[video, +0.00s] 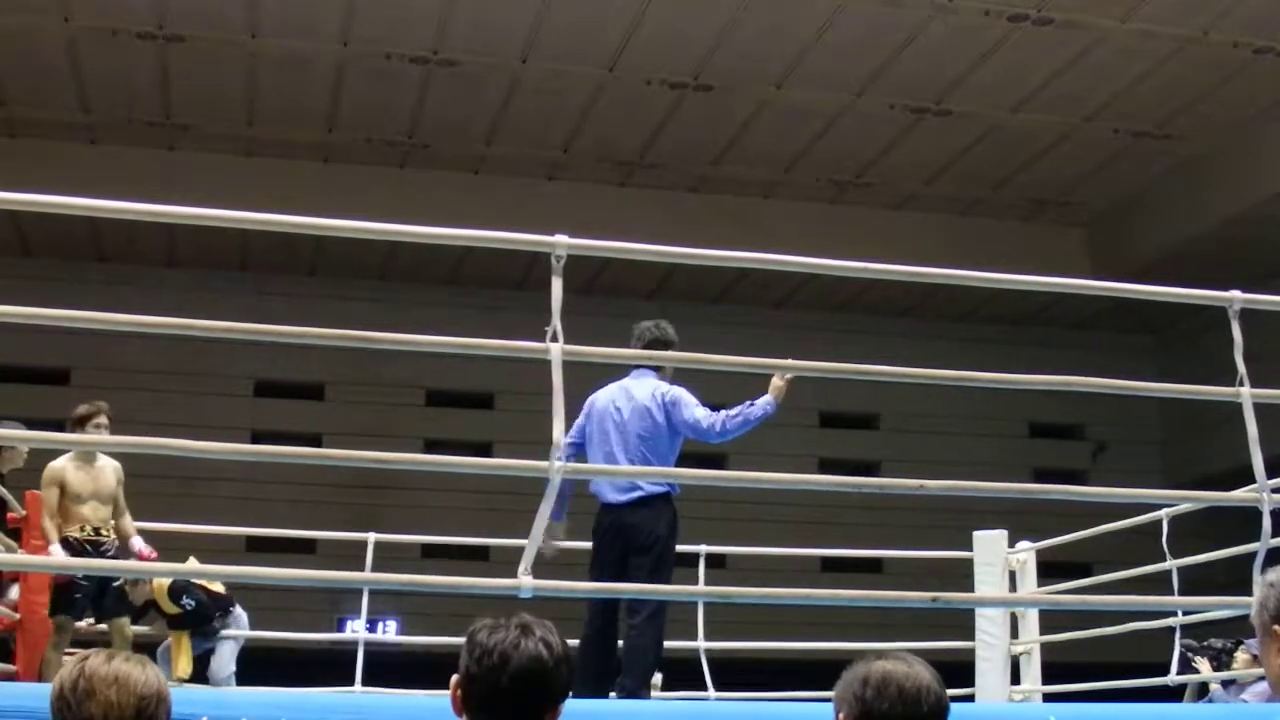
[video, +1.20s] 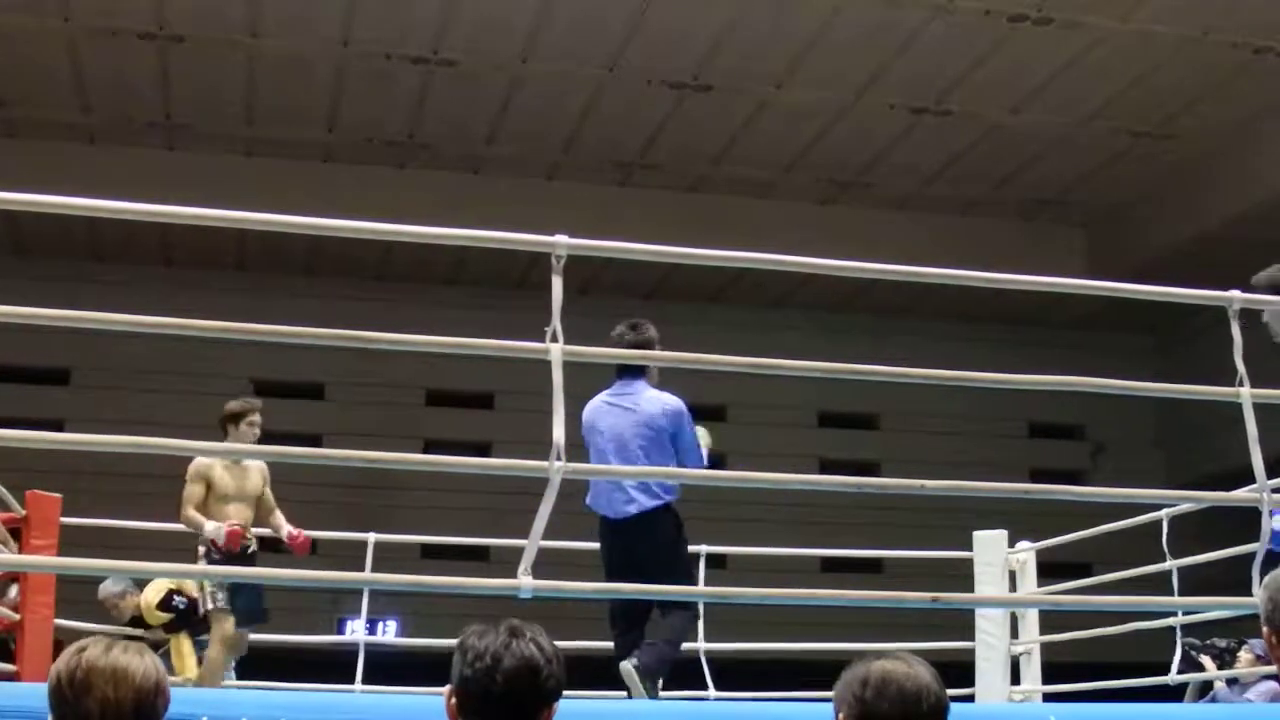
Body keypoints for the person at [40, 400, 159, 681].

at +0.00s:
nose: (103, 433)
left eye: (106, 428)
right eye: (96, 427)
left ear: (110, 432)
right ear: (78, 432)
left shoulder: (114, 468)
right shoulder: (57, 469)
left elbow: (122, 514)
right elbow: (48, 517)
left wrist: (137, 544)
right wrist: (56, 551)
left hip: (109, 550)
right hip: (72, 550)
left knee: (124, 633)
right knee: (62, 633)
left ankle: (122, 703)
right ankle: (47, 702)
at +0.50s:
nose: (144, 439)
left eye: (147, 434)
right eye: (138, 433)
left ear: (148, 437)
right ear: (120, 433)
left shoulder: (147, 474)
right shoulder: (94, 470)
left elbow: (145, 523)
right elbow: (80, 516)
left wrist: (155, 562)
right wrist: (105, 537)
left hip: (136, 567)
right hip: (101, 566)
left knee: (159, 636)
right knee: (77, 637)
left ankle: (160, 707)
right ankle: (54, 704)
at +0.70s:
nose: (190, 441)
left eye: (192, 435)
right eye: (184, 434)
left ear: (191, 440)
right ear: (165, 435)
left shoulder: (184, 478)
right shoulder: (141, 469)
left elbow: (181, 525)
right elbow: (123, 515)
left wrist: (200, 555)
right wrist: (133, 560)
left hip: (174, 565)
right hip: (142, 562)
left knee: (185, 640)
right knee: (113, 635)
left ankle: (178, 711)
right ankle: (74, 690)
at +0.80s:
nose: (211, 436)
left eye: (213, 430)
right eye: (205, 429)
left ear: (211, 434)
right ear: (185, 431)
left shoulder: (203, 473)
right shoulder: (160, 462)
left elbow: (199, 521)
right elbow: (136, 505)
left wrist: (224, 537)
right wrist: (143, 551)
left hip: (186, 556)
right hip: (157, 553)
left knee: (184, 638)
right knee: (140, 630)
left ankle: (178, 707)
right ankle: (98, 675)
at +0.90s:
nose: (228, 434)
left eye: (230, 429)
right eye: (223, 428)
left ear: (227, 431)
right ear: (203, 428)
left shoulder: (220, 470)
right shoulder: (172, 460)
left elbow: (221, 516)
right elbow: (144, 499)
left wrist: (246, 524)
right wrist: (158, 534)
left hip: (198, 553)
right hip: (170, 550)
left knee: (187, 635)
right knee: (164, 627)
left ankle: (174, 702)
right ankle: (130, 683)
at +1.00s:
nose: (239, 437)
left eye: (242, 432)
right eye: (234, 430)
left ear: (241, 434)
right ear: (214, 430)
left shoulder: (236, 473)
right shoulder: (184, 462)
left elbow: (247, 516)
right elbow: (155, 503)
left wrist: (265, 524)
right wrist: (176, 524)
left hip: (212, 552)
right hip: (182, 549)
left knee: (200, 629)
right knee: (187, 624)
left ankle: (179, 694)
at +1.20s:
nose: (257, 431)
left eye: (259, 426)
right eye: (251, 425)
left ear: (259, 429)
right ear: (231, 427)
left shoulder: (259, 468)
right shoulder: (204, 465)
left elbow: (271, 511)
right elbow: (187, 511)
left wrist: (286, 530)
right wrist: (209, 528)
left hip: (246, 556)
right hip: (215, 555)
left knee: (240, 639)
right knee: (222, 634)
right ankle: (205, 705)